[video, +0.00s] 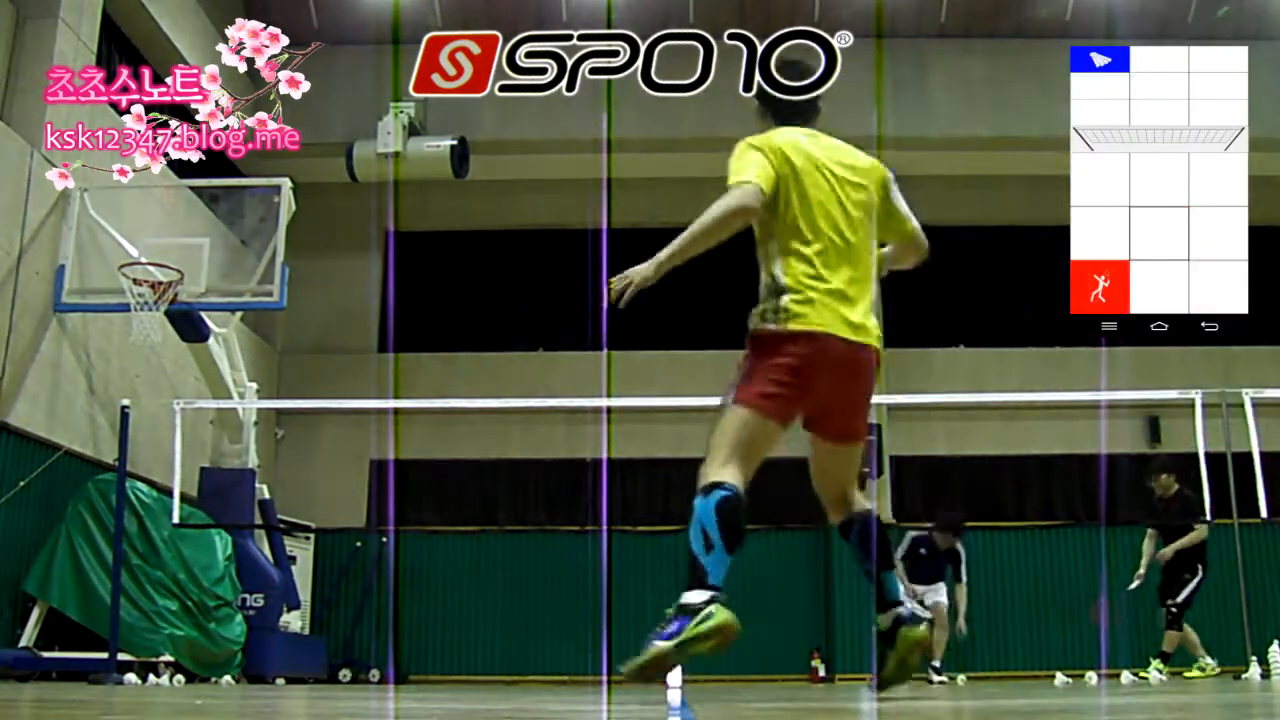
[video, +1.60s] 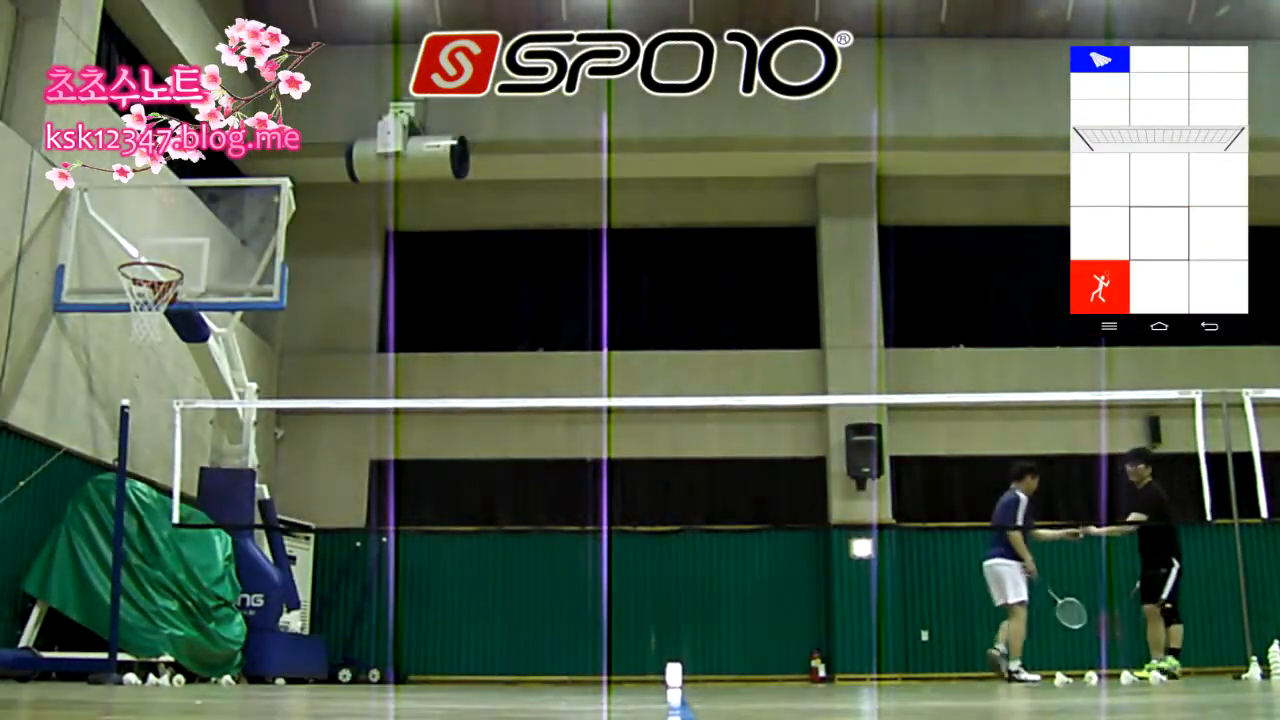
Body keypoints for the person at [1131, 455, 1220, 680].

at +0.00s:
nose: (1154, 484)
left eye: (1158, 479)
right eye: (1153, 480)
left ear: (1171, 477)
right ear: (1153, 482)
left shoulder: (1189, 499)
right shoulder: (1158, 504)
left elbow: (1202, 530)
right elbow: (1151, 537)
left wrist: (1172, 548)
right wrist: (1143, 567)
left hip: (1193, 562)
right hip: (1171, 563)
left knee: (1175, 608)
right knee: (1171, 614)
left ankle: (1161, 663)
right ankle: (1205, 659)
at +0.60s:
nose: (1155, 475)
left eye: (1158, 470)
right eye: (1153, 471)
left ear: (1171, 469)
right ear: (1153, 472)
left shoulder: (1186, 491)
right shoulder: (1160, 496)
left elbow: (1182, 523)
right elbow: (1158, 535)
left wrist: (1151, 531)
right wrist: (1158, 569)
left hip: (1192, 557)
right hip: (1172, 560)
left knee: (1182, 605)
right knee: (1191, 611)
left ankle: (1178, 659)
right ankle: (1208, 660)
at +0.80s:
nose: (1140, 482)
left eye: (1142, 476)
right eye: (1138, 478)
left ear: (1155, 472)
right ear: (1144, 475)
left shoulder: (1172, 493)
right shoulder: (1150, 496)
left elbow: (1158, 523)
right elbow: (1152, 533)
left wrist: (1122, 530)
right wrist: (1151, 564)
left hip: (1181, 557)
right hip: (1163, 559)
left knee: (1170, 607)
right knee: (1183, 615)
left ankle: (1167, 662)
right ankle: (1207, 660)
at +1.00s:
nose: (1126, 475)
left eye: (1129, 470)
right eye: (1124, 471)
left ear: (1141, 468)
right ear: (1134, 471)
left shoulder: (1153, 490)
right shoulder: (1140, 490)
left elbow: (1131, 517)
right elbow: (1150, 531)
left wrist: (1097, 525)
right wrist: (1146, 558)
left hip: (1175, 556)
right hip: (1159, 557)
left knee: (1159, 604)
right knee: (1157, 605)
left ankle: (1166, 662)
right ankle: (1187, 655)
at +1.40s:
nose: (1124, 474)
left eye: (1126, 469)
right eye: (1122, 470)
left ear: (1139, 467)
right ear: (1131, 470)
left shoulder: (1150, 491)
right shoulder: (1140, 490)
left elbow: (1126, 519)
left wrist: (1094, 527)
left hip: (1166, 558)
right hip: (1150, 558)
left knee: (1156, 606)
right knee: (1148, 608)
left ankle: (1167, 661)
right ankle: (1156, 659)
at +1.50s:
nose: (1125, 473)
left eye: (1129, 468)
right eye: (1124, 469)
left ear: (1142, 468)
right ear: (1135, 470)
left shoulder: (1150, 491)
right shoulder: (1140, 491)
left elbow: (1126, 524)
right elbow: (1125, 523)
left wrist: (1093, 529)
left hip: (1166, 558)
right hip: (1150, 558)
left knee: (1159, 607)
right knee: (1147, 608)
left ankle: (1168, 661)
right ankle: (1155, 660)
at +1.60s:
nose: (1129, 473)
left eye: (1133, 468)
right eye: (1127, 469)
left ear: (1146, 468)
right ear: (1130, 470)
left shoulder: (1152, 493)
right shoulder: (1142, 492)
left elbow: (1130, 526)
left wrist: (1098, 531)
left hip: (1166, 559)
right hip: (1151, 559)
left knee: (1163, 608)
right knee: (1152, 609)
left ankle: (1171, 659)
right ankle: (1157, 661)